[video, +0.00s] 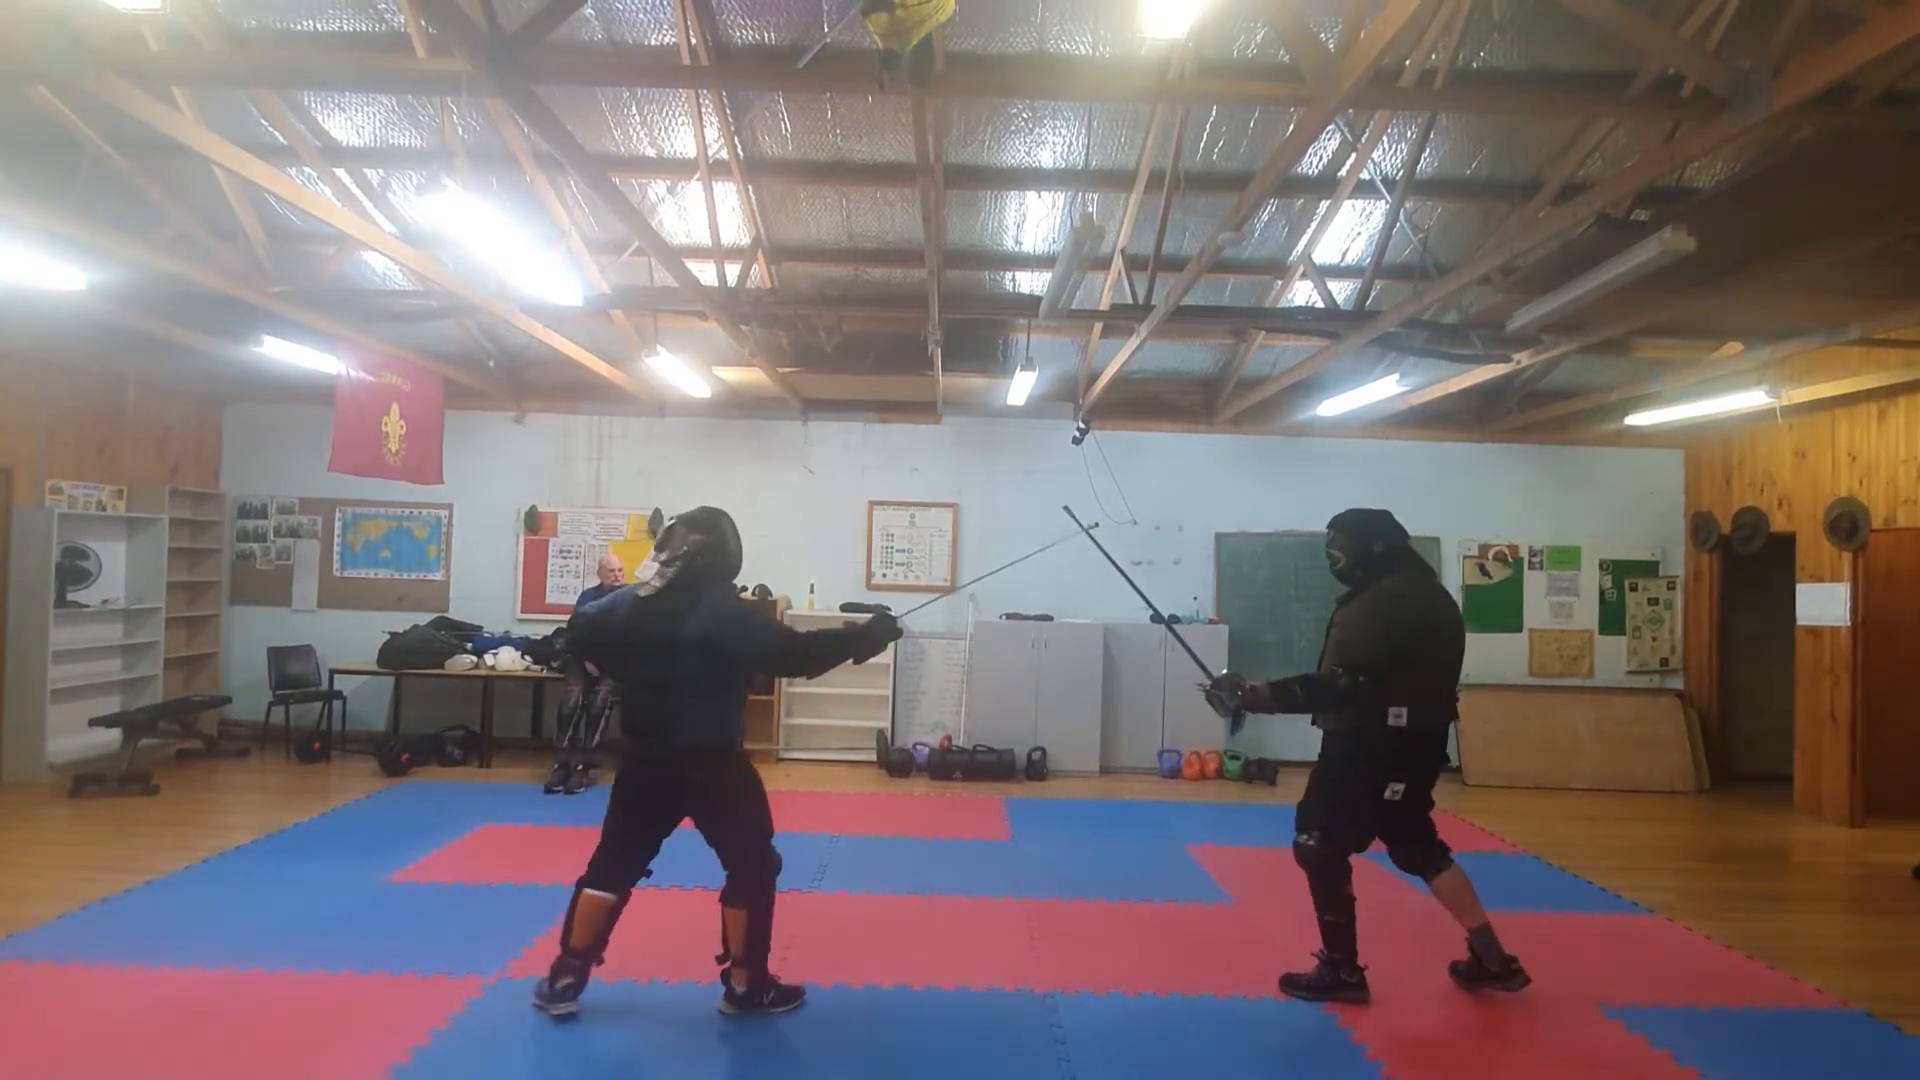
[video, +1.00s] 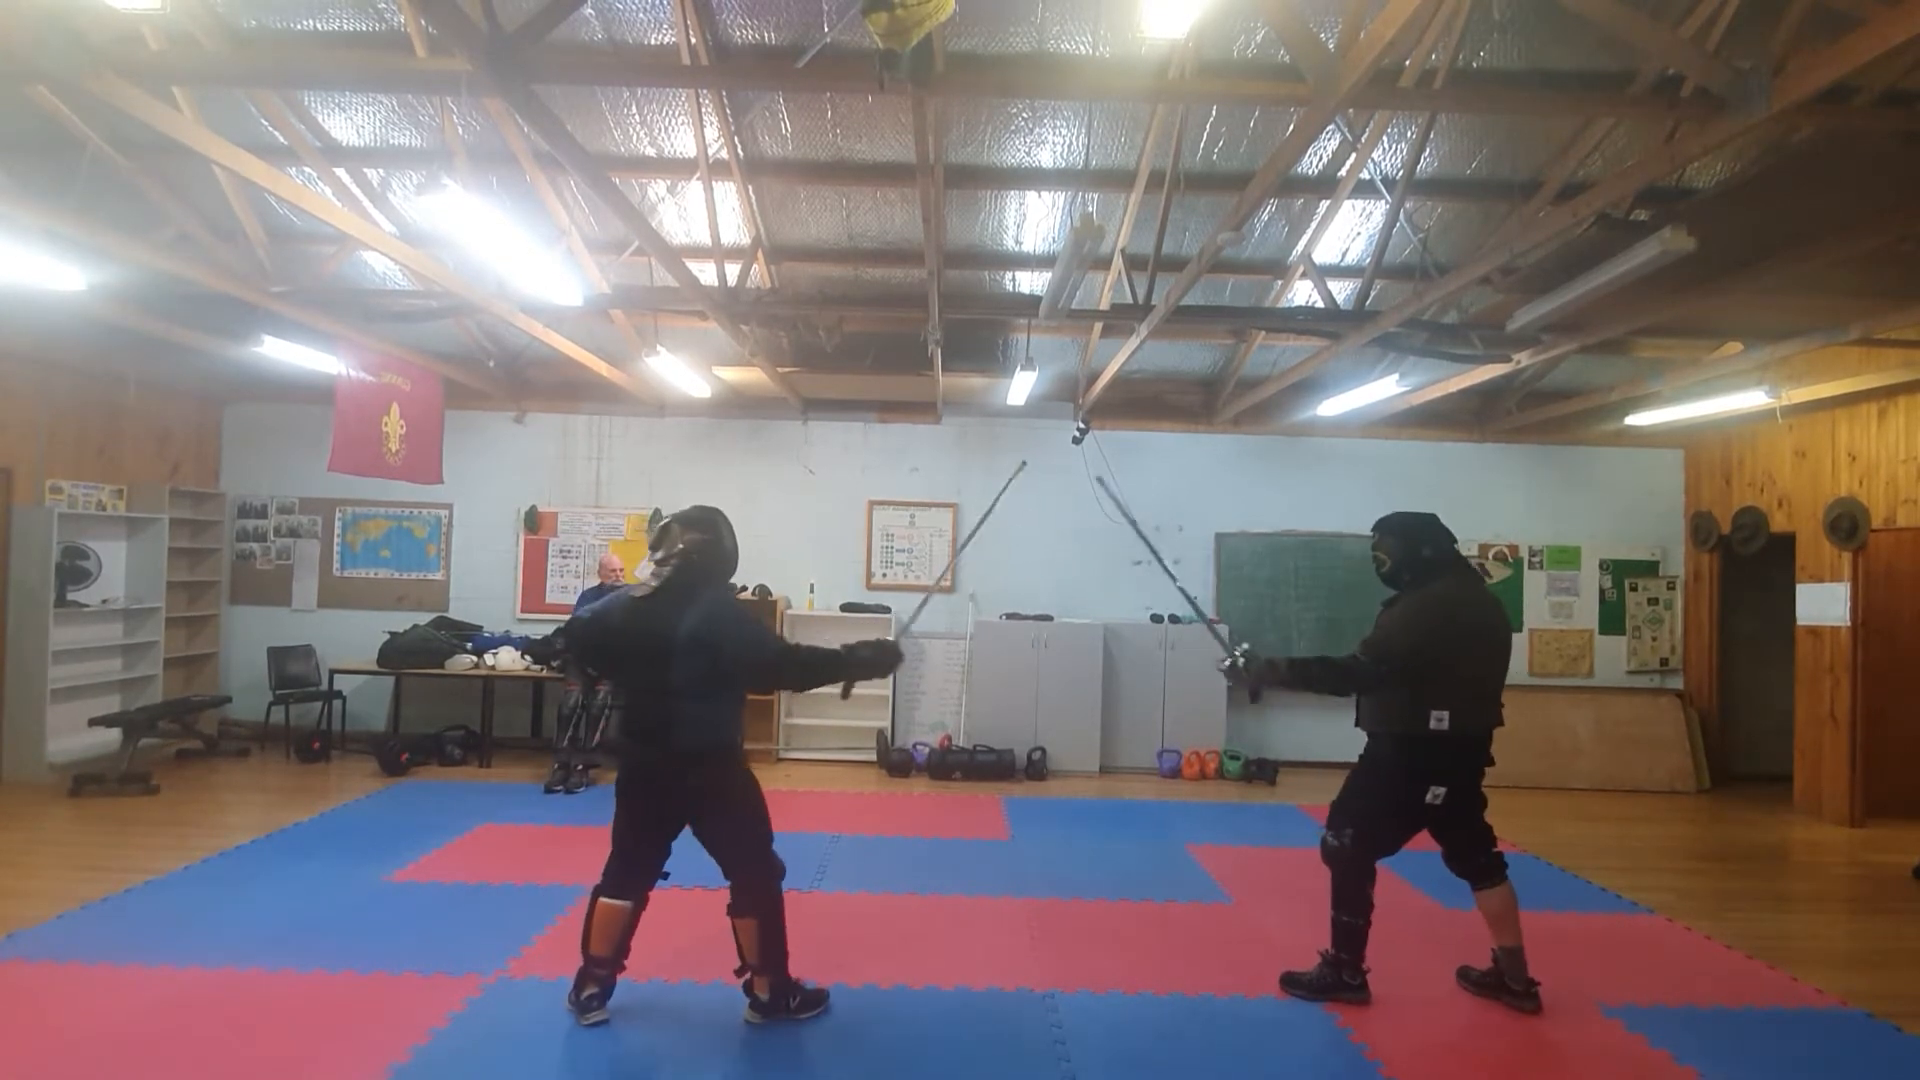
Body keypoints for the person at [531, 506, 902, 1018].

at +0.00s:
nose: (734, 568)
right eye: (732, 559)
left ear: (668, 555)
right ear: (727, 560)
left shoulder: (630, 611)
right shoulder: (731, 618)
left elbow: (579, 630)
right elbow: (800, 654)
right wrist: (864, 637)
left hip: (646, 770)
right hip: (716, 771)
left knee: (613, 863)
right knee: (753, 864)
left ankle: (565, 977)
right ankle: (746, 983)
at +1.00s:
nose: (731, 571)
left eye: (664, 555)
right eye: (728, 561)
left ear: (663, 555)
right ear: (723, 560)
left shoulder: (626, 612)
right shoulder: (725, 618)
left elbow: (574, 637)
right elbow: (782, 664)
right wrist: (858, 660)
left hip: (645, 776)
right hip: (716, 778)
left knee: (626, 871)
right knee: (755, 873)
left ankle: (591, 986)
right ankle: (769, 990)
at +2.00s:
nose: (782, 566)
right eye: (779, 556)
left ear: (714, 555)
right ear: (772, 558)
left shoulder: (678, 615)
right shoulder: (779, 613)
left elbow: (632, 641)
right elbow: (840, 643)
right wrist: (922, 628)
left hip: (696, 781)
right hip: (770, 780)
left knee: (674, 878)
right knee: (804, 881)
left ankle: (628, 997)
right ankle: (821, 999)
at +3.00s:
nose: (795, 584)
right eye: (791, 574)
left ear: (730, 570)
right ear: (782, 577)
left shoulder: (700, 629)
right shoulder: (766, 640)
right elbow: (781, 714)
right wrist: (862, 698)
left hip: (706, 794)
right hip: (771, 797)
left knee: (680, 893)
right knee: (837, 889)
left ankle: (617, 1001)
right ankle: (866, 1007)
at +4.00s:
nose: (828, 572)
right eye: (826, 563)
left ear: (763, 557)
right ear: (818, 563)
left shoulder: (730, 617)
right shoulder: (810, 616)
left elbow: (690, 629)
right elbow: (861, 662)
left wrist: (735, 600)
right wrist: (954, 651)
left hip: (738, 784)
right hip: (807, 784)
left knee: (728, 885)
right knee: (852, 882)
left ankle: (682, 1010)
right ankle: (857, 1010)